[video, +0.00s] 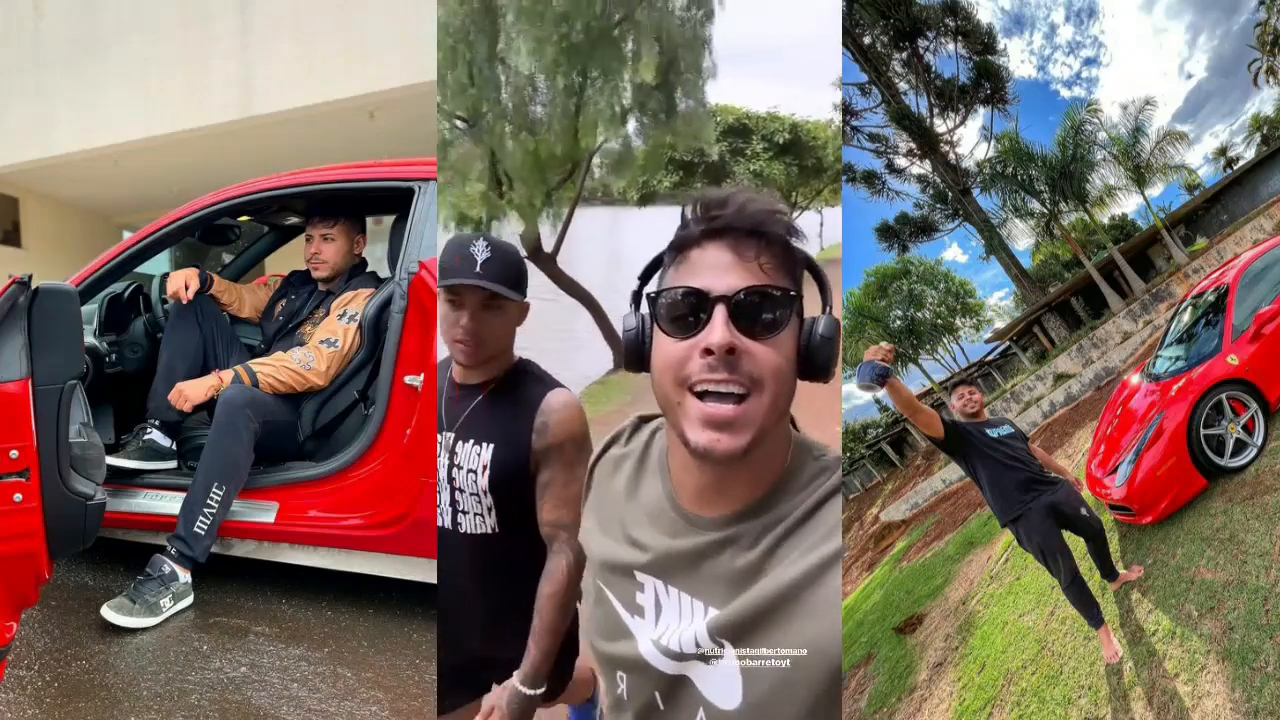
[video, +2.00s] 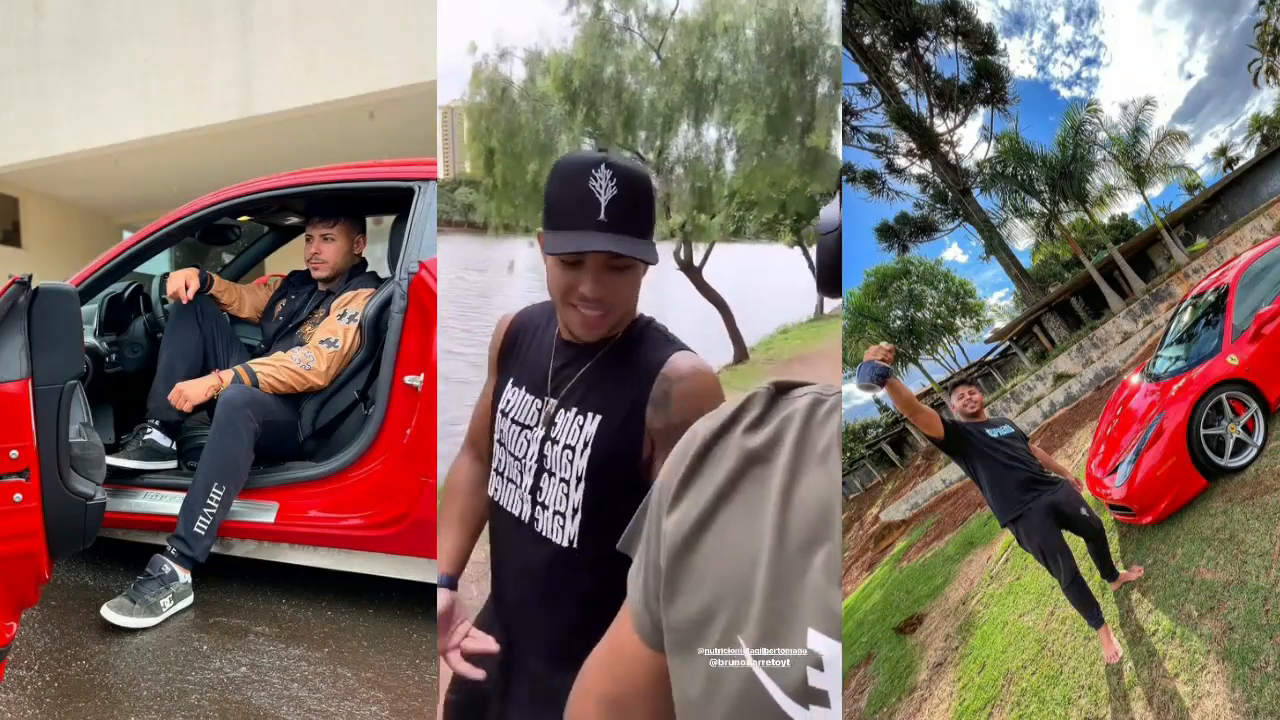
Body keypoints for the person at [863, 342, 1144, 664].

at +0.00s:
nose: (967, 397)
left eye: (971, 392)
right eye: (959, 397)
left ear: (983, 398)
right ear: (953, 410)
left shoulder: (1003, 424)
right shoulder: (957, 436)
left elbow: (1037, 454)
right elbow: (916, 412)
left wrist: (1067, 476)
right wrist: (885, 375)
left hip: (1051, 489)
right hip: (1021, 512)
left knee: (1094, 528)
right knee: (1066, 571)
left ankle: (1113, 576)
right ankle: (1101, 629)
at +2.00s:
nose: (967, 397)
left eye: (971, 392)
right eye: (959, 398)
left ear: (983, 398)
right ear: (953, 411)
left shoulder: (1004, 424)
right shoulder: (957, 436)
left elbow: (1037, 454)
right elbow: (916, 412)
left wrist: (1068, 475)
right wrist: (885, 374)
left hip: (1051, 489)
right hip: (1022, 512)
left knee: (1093, 528)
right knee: (1066, 572)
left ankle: (1114, 576)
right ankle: (1101, 628)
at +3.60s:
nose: (967, 397)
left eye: (971, 392)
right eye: (959, 398)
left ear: (983, 398)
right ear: (953, 411)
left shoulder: (1003, 423)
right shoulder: (957, 436)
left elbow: (1037, 453)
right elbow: (916, 412)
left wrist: (1067, 475)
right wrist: (885, 374)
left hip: (1052, 489)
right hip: (1022, 512)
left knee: (1094, 528)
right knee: (1066, 572)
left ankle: (1113, 576)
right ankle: (1101, 629)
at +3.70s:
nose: (967, 397)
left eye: (971, 392)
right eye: (959, 397)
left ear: (983, 398)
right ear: (953, 411)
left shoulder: (1004, 423)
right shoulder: (957, 436)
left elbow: (1037, 454)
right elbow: (916, 412)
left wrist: (1067, 476)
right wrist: (885, 374)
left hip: (1052, 489)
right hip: (1022, 512)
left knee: (1094, 528)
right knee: (1065, 571)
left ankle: (1113, 576)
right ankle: (1101, 628)